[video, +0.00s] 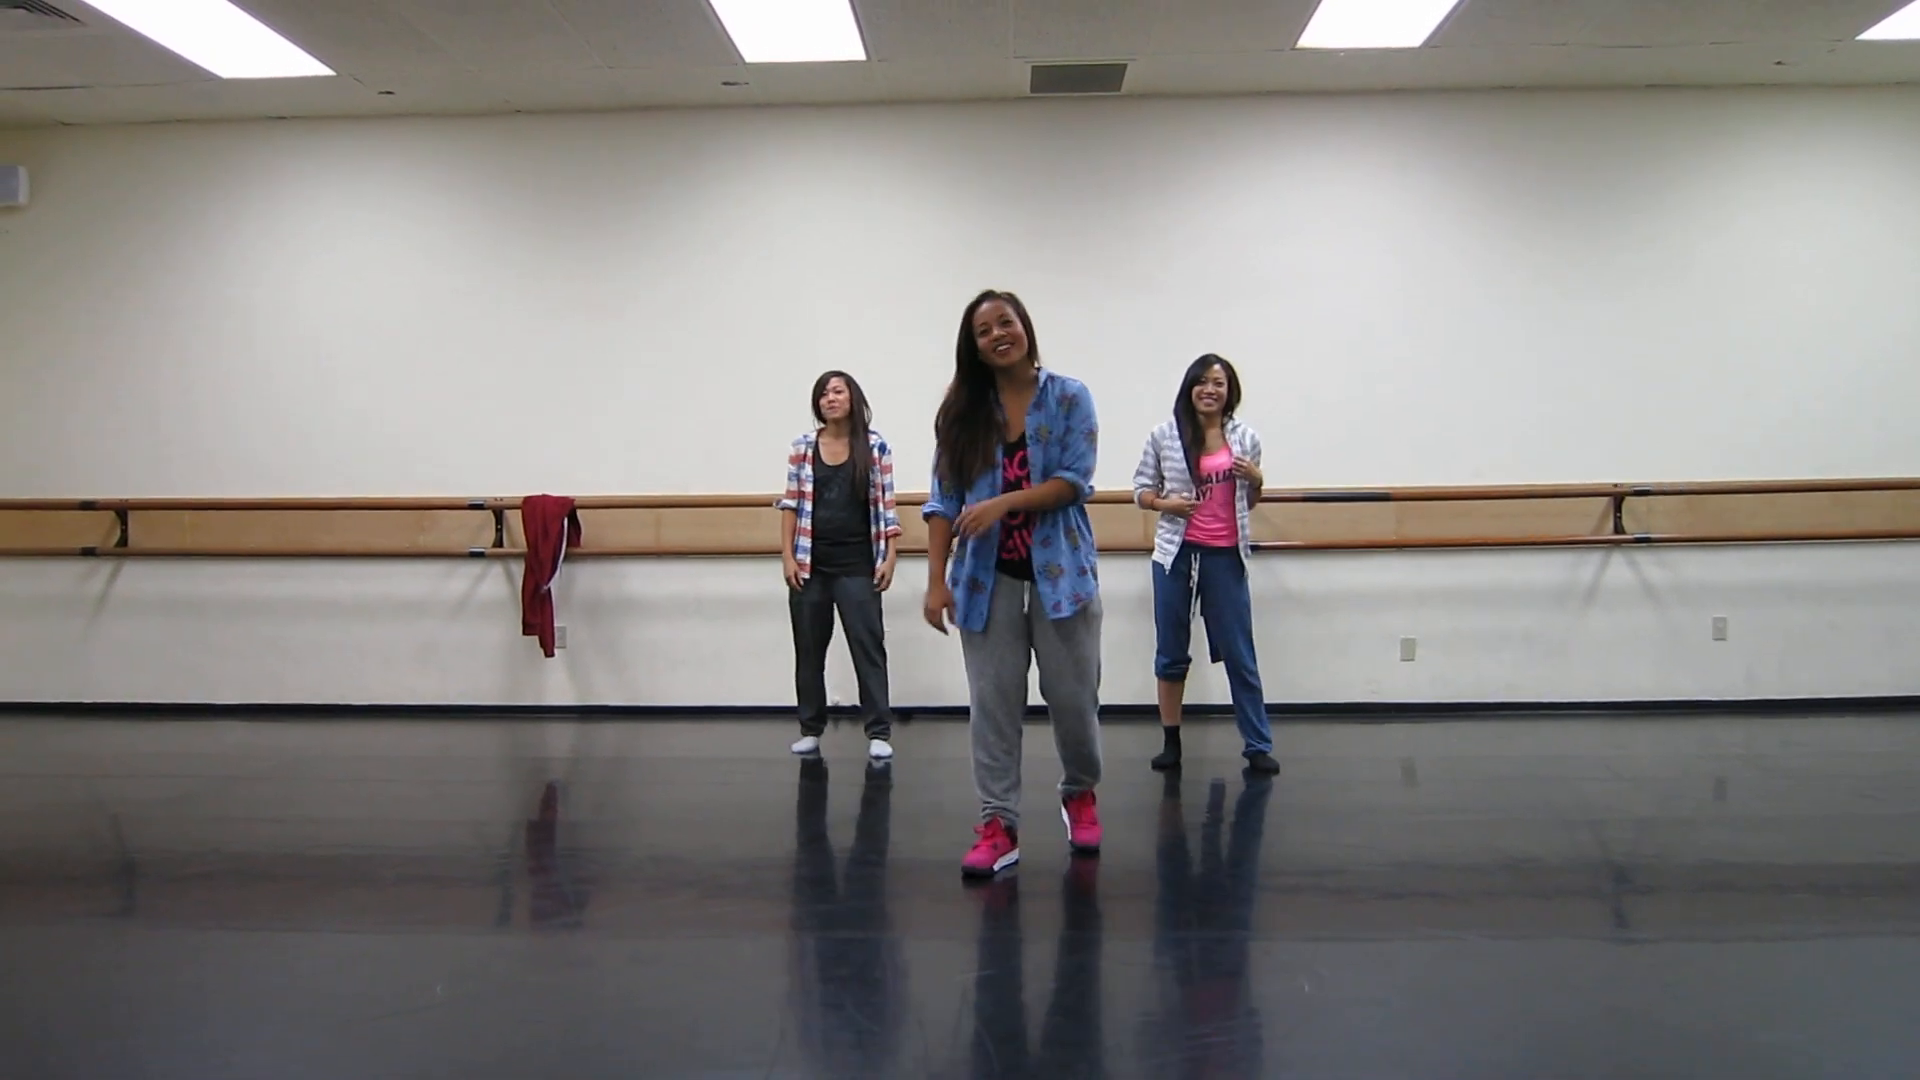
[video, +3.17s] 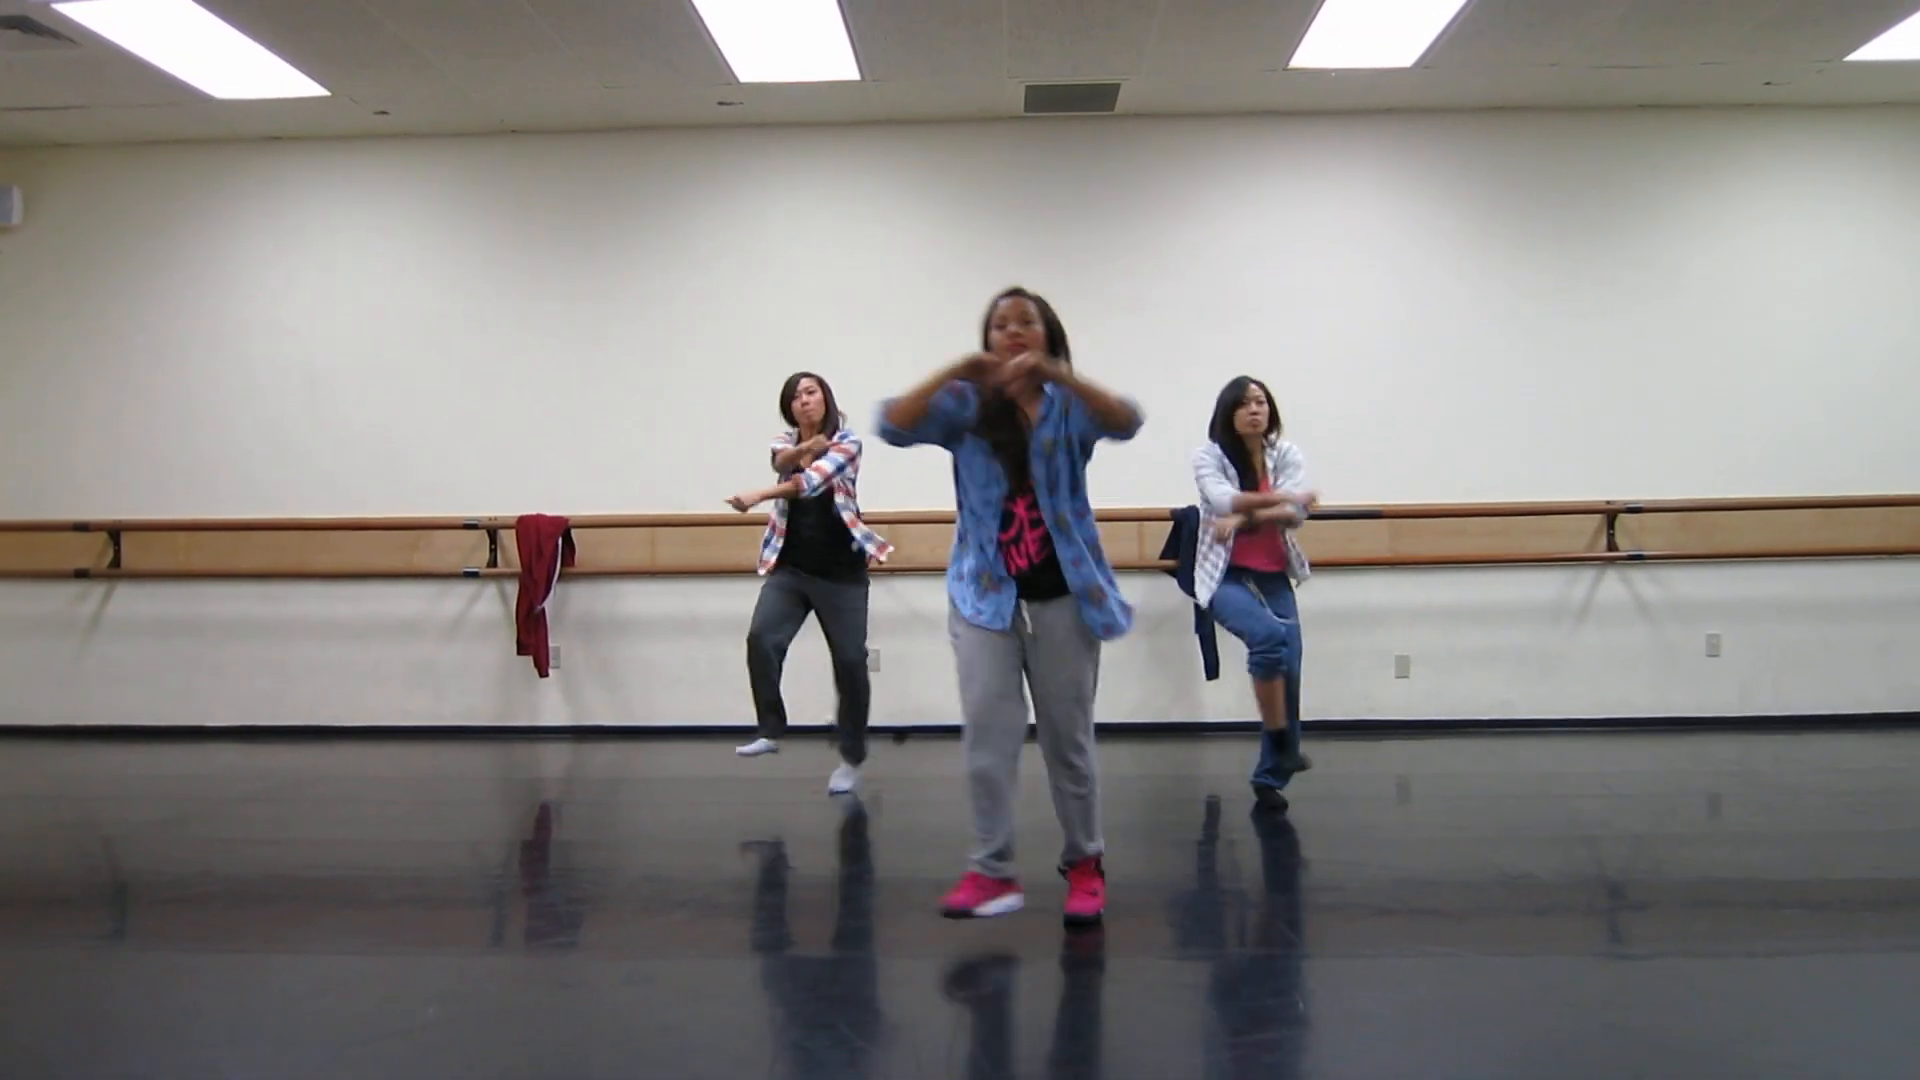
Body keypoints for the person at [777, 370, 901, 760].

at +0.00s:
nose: (832, 397)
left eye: (839, 391)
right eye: (825, 393)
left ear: (854, 399)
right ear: (817, 403)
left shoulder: (874, 445)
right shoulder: (803, 446)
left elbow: (887, 505)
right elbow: (790, 504)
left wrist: (890, 556)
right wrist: (787, 554)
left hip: (859, 565)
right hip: (810, 565)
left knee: (868, 649)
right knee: (808, 652)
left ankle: (878, 732)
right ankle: (810, 729)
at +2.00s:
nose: (834, 422)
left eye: (842, 416)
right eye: (828, 416)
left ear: (854, 424)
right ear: (819, 424)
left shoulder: (873, 465)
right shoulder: (803, 469)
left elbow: (884, 524)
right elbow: (795, 527)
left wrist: (877, 573)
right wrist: (793, 578)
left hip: (861, 580)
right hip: (817, 578)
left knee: (858, 655)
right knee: (820, 647)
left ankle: (853, 724)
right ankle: (834, 733)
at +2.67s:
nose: (827, 411)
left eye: (835, 406)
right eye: (820, 406)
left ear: (848, 418)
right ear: (810, 416)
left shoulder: (866, 462)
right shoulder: (792, 462)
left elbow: (894, 515)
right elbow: (765, 505)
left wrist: (887, 549)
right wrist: (766, 541)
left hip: (851, 588)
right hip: (802, 590)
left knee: (850, 669)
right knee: (813, 674)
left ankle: (850, 760)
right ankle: (829, 750)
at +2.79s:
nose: (823, 416)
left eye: (830, 409)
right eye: (816, 411)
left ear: (845, 419)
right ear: (806, 424)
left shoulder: (866, 463)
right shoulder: (795, 465)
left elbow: (902, 496)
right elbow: (765, 505)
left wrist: (909, 479)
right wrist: (756, 464)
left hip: (854, 589)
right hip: (803, 590)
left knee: (850, 673)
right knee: (806, 679)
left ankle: (847, 766)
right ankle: (832, 721)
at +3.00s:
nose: (818, 422)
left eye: (824, 414)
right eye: (810, 419)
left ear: (840, 422)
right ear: (803, 433)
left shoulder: (861, 469)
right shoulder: (791, 471)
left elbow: (894, 503)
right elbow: (746, 479)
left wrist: (909, 484)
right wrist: (698, 475)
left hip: (850, 596)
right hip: (800, 593)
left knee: (849, 681)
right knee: (798, 670)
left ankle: (846, 768)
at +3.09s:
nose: (813, 415)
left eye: (820, 408)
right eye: (805, 412)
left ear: (835, 415)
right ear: (798, 425)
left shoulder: (855, 459)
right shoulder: (793, 461)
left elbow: (839, 492)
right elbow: (775, 473)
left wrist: (802, 505)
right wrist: (778, 475)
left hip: (843, 590)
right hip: (795, 585)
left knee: (847, 684)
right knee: (779, 654)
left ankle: (844, 766)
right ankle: (770, 737)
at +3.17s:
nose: (806, 399)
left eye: (812, 392)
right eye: (797, 396)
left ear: (828, 399)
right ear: (790, 409)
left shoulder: (848, 443)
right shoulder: (785, 443)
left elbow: (811, 481)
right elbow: (780, 463)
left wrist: (760, 495)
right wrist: (803, 451)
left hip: (842, 577)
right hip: (791, 571)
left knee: (850, 662)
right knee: (762, 640)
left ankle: (852, 759)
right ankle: (771, 731)